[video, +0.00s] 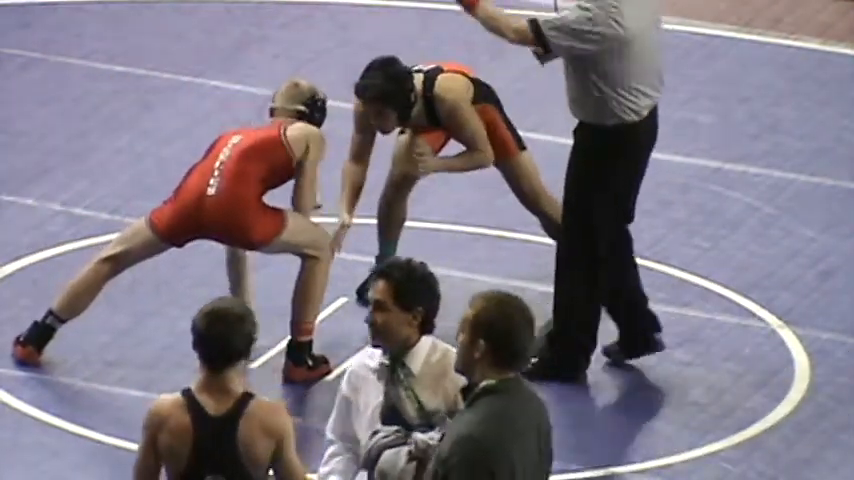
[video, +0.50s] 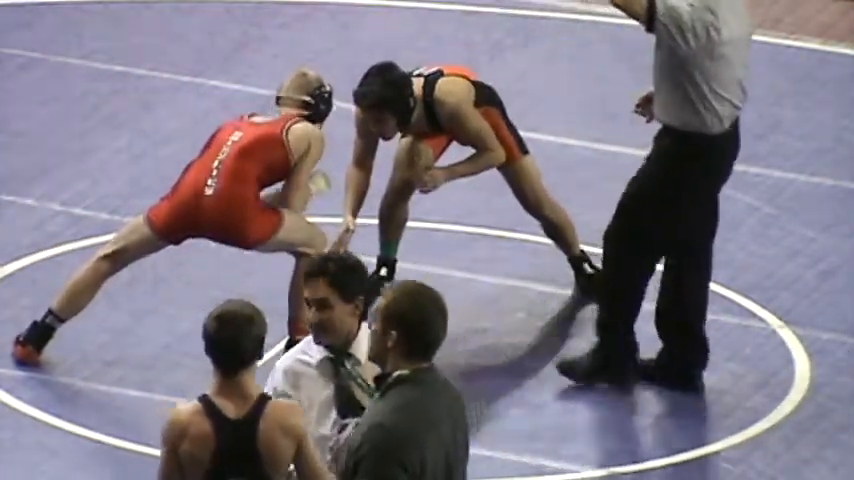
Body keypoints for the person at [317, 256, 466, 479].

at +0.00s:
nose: (368, 318)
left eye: (380, 308)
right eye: (370, 307)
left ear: (415, 317)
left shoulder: (454, 367)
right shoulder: (358, 370)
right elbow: (341, 445)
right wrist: (335, 475)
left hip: (438, 474)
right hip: (371, 472)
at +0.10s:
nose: (353, 318)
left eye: (364, 307)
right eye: (354, 306)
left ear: (399, 315)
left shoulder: (437, 363)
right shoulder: (342, 370)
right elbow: (323, 444)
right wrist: (320, 474)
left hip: (423, 472)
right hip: (358, 472)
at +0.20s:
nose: (339, 317)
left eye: (351, 306)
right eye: (338, 305)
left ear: (385, 312)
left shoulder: (423, 359)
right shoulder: (325, 369)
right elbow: (308, 441)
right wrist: (315, 474)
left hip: (411, 472)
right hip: (344, 473)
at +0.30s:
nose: (328, 315)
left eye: (339, 306)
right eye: (326, 304)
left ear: (374, 310)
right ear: (322, 301)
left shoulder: (413, 357)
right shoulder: (307, 372)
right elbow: (297, 459)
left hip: (404, 471)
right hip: (336, 473)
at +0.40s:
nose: (318, 316)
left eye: (329, 305)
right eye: (315, 304)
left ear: (364, 309)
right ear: (311, 301)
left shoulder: (401, 355)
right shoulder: (297, 371)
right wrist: (315, 475)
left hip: (391, 471)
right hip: (322, 473)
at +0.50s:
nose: (312, 318)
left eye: (323, 307)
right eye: (308, 306)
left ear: (357, 307)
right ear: (303, 305)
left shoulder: (388, 355)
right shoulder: (290, 368)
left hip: (378, 470)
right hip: (315, 473)